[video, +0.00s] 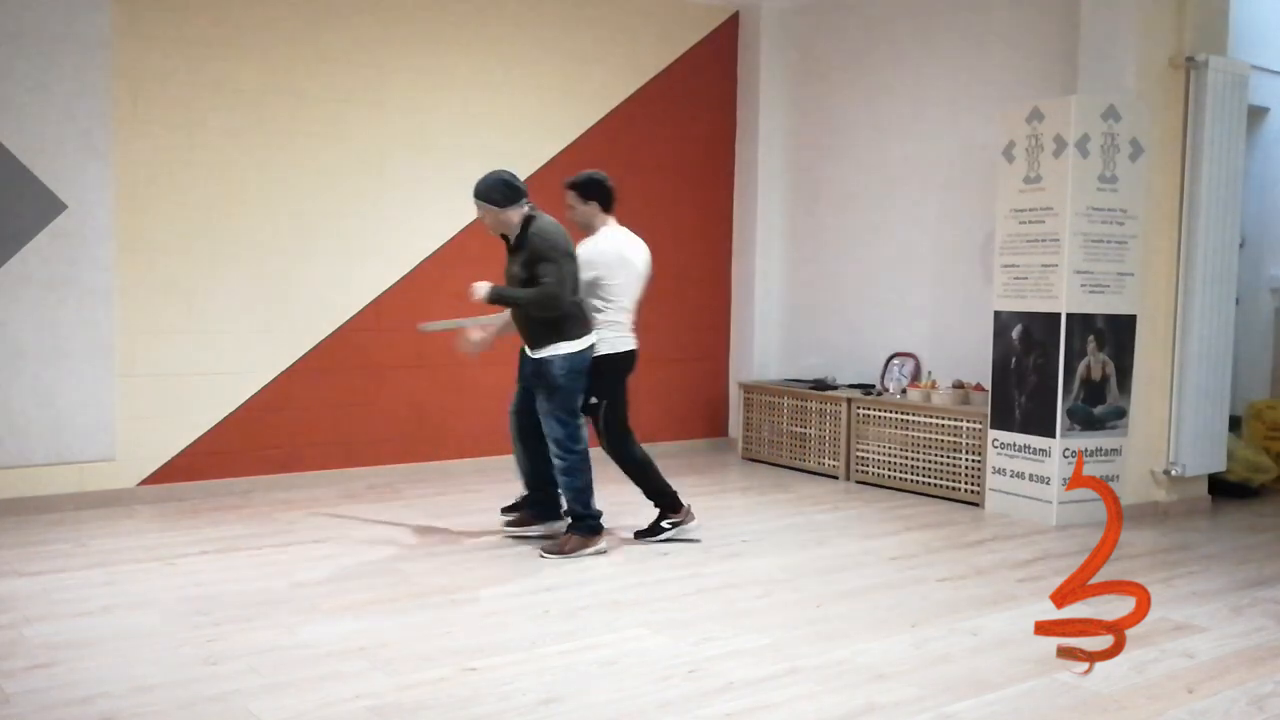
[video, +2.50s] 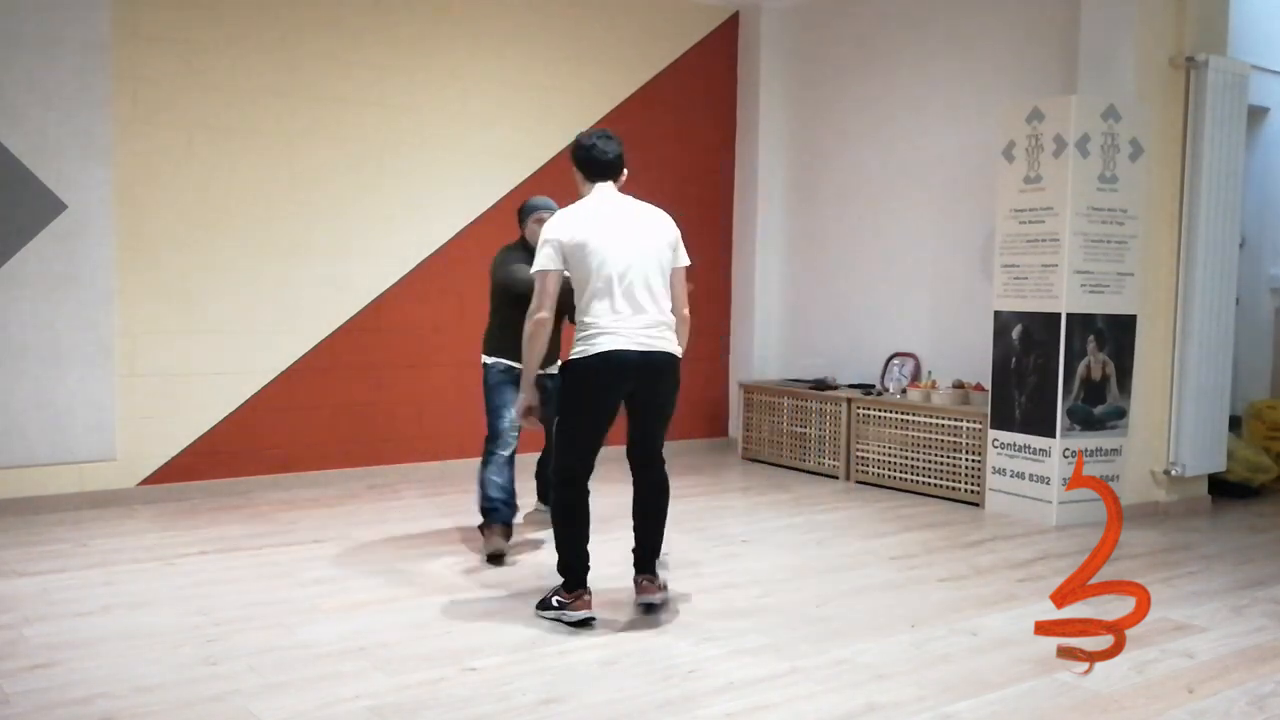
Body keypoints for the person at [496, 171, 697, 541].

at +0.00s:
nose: (568, 213)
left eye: (572, 205)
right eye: (567, 205)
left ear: (593, 205)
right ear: (603, 205)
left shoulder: (589, 251)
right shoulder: (639, 246)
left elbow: (559, 299)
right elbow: (627, 303)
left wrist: (501, 322)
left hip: (602, 353)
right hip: (624, 349)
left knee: (614, 437)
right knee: (541, 419)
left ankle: (672, 508)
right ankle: (543, 498)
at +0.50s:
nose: (693, 201)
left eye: (698, 193)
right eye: (694, 193)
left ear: (719, 196)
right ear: (730, 197)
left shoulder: (718, 238)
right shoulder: (764, 241)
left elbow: (709, 304)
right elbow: (773, 309)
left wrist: (674, 359)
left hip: (727, 354)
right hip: (765, 354)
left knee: (691, 431)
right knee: (794, 431)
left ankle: (684, 517)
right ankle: (840, 514)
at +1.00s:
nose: (753, 194)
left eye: (757, 187)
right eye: (753, 187)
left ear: (777, 190)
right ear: (788, 189)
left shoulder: (786, 235)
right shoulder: (820, 228)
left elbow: (809, 300)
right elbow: (846, 298)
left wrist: (817, 366)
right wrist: (836, 345)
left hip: (802, 351)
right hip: (832, 346)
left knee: (797, 441)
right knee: (830, 437)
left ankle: (812, 544)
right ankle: (854, 527)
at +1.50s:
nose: (722, 185)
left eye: (724, 176)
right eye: (722, 176)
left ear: (740, 176)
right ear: (763, 175)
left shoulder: (757, 224)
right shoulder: (796, 219)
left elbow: (738, 306)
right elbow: (821, 293)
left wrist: (696, 360)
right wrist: (817, 355)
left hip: (777, 355)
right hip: (797, 349)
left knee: (795, 454)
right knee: (737, 435)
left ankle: (811, 557)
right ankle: (751, 537)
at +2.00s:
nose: (642, 181)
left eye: (642, 173)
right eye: (641, 173)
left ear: (652, 172)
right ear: (685, 173)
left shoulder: (669, 214)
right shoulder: (709, 218)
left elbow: (664, 293)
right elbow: (718, 302)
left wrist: (644, 365)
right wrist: (708, 349)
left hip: (679, 351)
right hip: (704, 349)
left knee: (646, 450)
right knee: (670, 451)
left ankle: (722, 532)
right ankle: (663, 556)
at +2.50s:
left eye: (577, 172)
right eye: (622, 167)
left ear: (576, 173)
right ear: (624, 171)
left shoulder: (562, 225)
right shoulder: (663, 221)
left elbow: (543, 313)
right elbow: (681, 309)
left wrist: (528, 386)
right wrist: (670, 364)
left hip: (594, 362)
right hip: (659, 360)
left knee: (568, 472)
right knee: (649, 460)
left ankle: (575, 590)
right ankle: (647, 576)